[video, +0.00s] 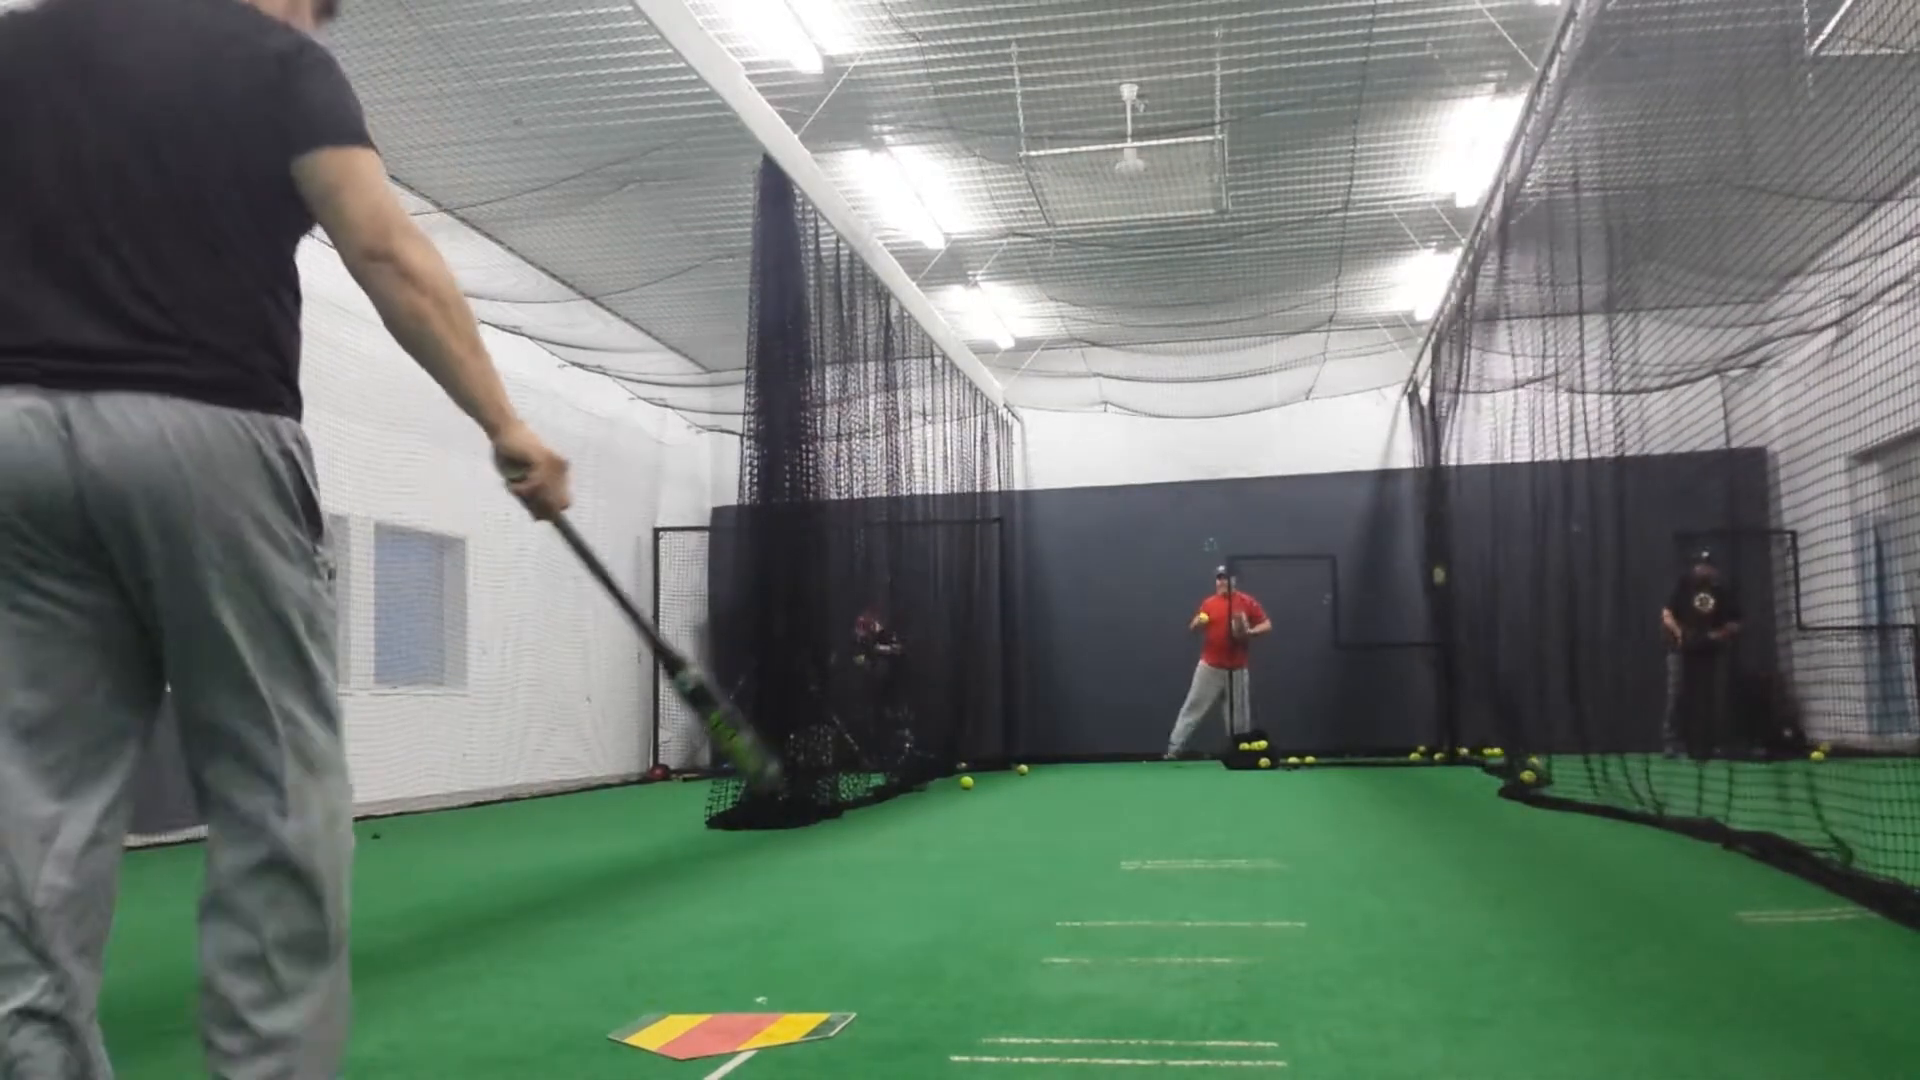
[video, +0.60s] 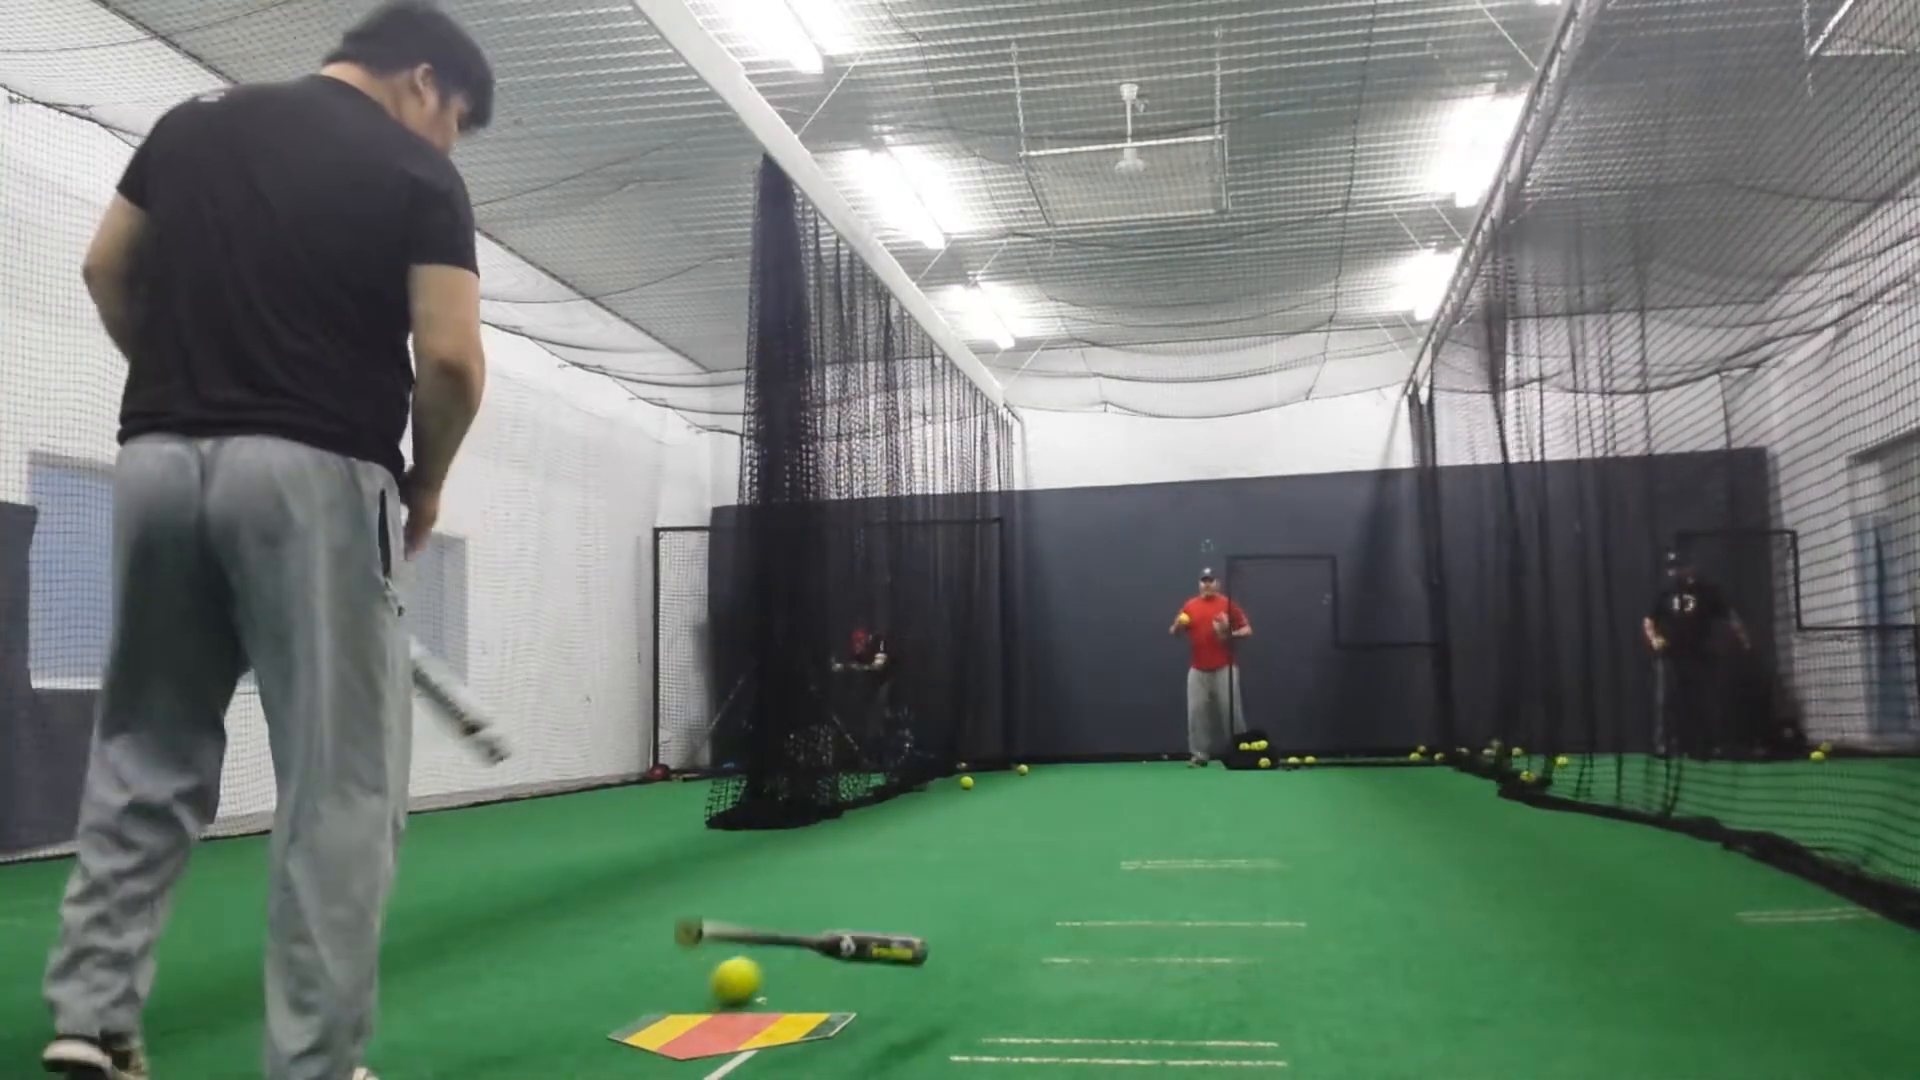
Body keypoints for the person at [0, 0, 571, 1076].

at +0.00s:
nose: (320, 33)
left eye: (324, 22)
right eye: (322, 20)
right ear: (289, 1)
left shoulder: (24, 36)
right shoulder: (280, 57)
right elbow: (386, 252)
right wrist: (505, 422)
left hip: (17, 436)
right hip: (201, 439)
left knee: (46, 773)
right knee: (272, 767)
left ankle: (34, 1055)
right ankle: (272, 1057)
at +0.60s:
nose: (450, 148)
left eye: (459, 129)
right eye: (457, 123)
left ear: (352, 64)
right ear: (421, 80)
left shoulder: (193, 117)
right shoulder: (417, 168)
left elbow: (106, 267)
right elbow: (451, 360)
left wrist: (179, 372)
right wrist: (427, 481)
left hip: (153, 467)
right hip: (305, 473)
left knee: (146, 748)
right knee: (340, 776)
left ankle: (90, 1020)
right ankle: (317, 1056)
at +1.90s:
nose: (387, 223)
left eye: (392, 206)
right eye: (389, 202)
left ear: (293, 171)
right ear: (353, 178)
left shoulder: (206, 233)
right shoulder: (332, 237)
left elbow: (228, 387)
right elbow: (377, 384)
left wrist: (353, 436)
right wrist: (436, 389)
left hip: (129, 497)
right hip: (238, 508)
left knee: (153, 767)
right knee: (255, 764)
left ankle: (149, 1010)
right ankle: (245, 1012)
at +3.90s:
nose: (270, 190)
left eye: (267, 173)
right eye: (267, 171)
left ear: (171, 167)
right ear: (240, 165)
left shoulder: (148, 237)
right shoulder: (221, 231)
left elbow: (209, 407)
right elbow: (237, 354)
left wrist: (335, 439)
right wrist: (350, 422)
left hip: (102, 516)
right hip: (172, 516)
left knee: (139, 769)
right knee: (232, 756)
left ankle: (152, 1008)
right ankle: (249, 1005)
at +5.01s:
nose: (259, 127)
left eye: (254, 110)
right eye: (255, 109)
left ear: (148, 114)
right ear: (231, 107)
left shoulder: (89, 217)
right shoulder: (237, 201)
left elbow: (83, 370)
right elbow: (274, 332)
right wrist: (339, 382)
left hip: (85, 510)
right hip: (185, 515)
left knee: (144, 768)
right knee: (190, 776)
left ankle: (175, 994)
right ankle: (157, 1031)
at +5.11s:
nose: (260, 123)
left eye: (256, 106)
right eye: (257, 106)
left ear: (147, 108)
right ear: (234, 104)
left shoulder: (81, 212)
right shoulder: (247, 203)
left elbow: (52, 370)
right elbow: (290, 337)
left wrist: (106, 444)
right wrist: (344, 385)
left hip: (73, 510)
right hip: (182, 516)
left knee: (132, 769)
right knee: (186, 773)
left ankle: (167, 992)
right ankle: (156, 1033)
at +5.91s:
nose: (207, 117)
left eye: (199, 100)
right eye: (205, 100)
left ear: (89, 102)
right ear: (186, 100)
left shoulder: (17, 196)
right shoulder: (232, 208)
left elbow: (21, 338)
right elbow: (309, 355)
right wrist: (243, 403)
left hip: (13, 508)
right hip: (147, 515)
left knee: (16, 785)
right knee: (163, 783)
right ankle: (162, 1034)